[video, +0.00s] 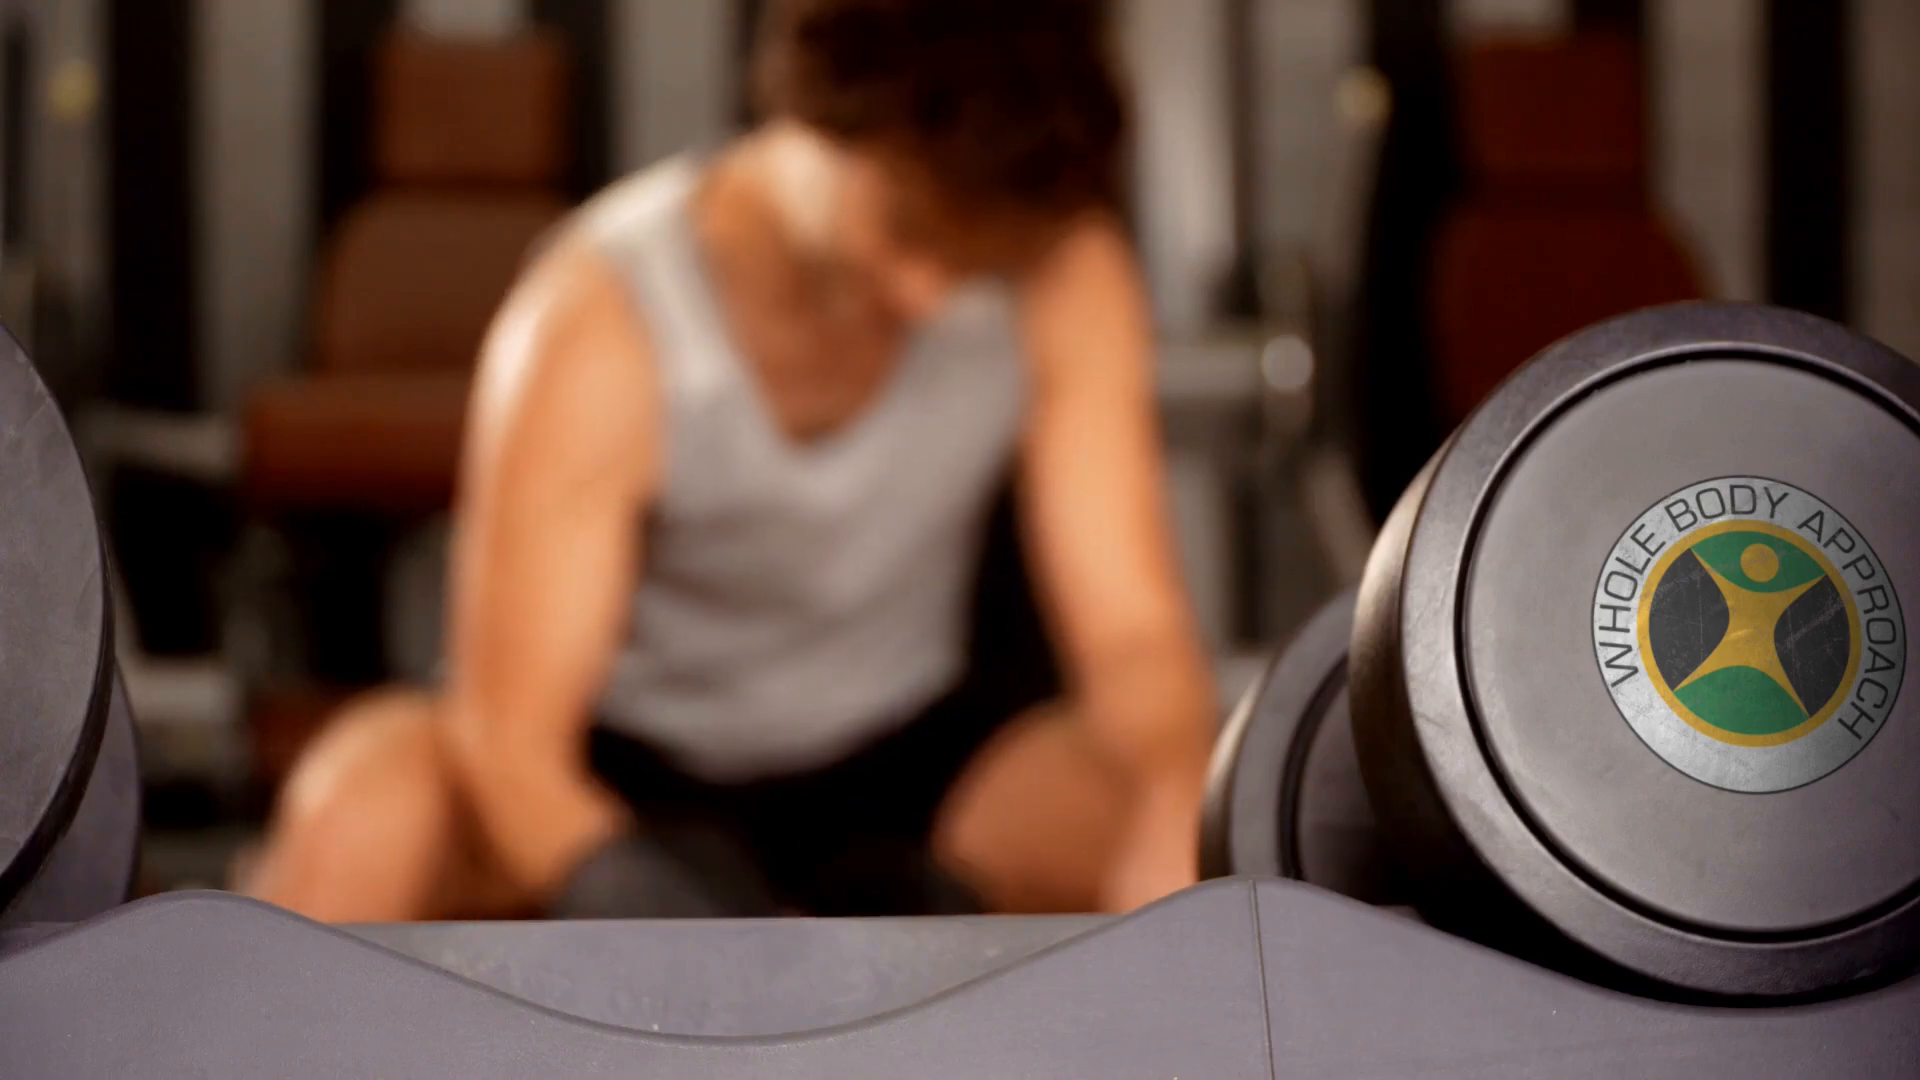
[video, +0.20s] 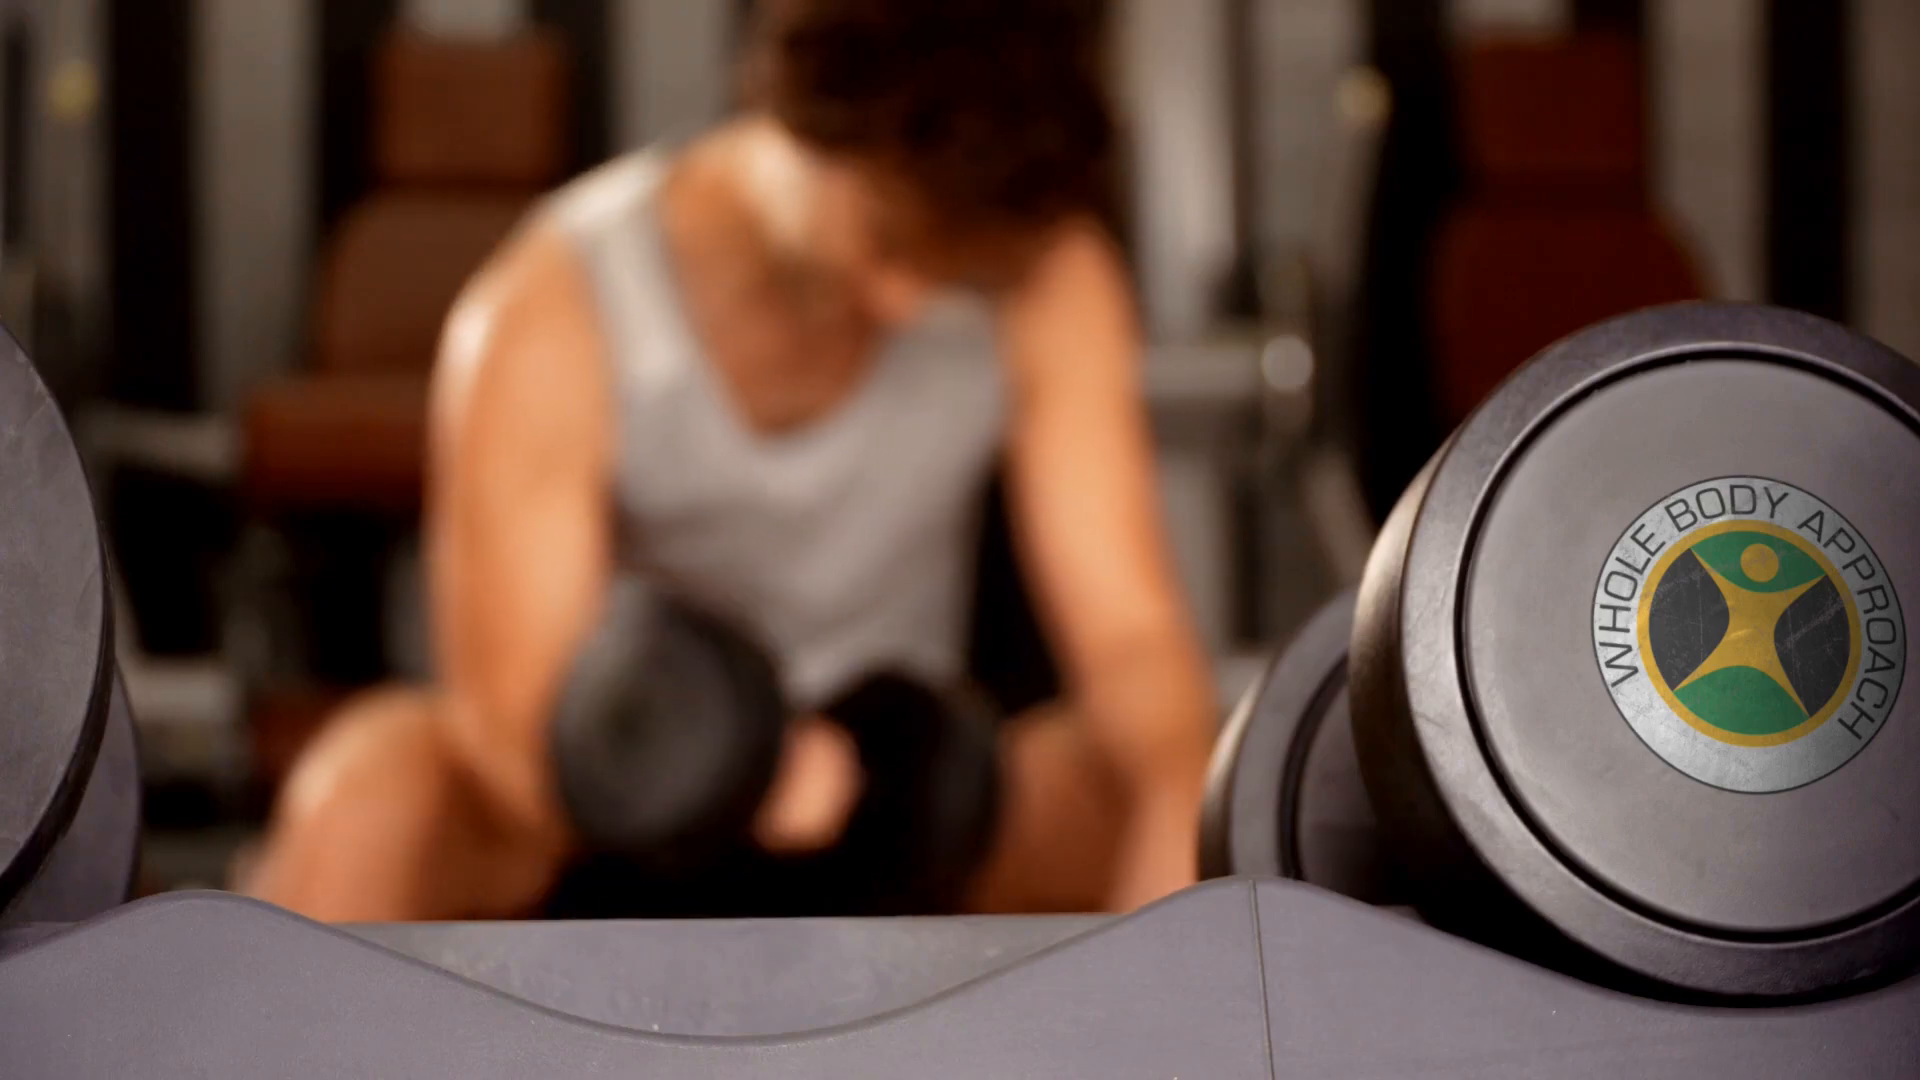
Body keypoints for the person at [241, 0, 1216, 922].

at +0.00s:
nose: (928, 299)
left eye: (978, 263)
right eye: (902, 242)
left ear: (1040, 219)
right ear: (821, 133)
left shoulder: (1057, 262)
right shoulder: (595, 314)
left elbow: (1131, 640)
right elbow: (513, 749)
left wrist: (1172, 841)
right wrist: (699, 947)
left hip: (905, 763)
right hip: (629, 776)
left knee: (1194, 813)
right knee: (365, 791)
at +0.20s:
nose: (908, 308)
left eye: (959, 269)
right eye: (884, 249)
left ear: (1023, 230)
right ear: (798, 138)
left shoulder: (1039, 264)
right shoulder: (546, 312)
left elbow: (1131, 641)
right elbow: (512, 733)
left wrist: (1173, 839)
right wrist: (734, 784)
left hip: (898, 809)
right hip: (617, 813)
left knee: (1192, 779)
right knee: (370, 777)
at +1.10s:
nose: (894, 271)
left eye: (944, 232)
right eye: (869, 214)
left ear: (1003, 177)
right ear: (784, 115)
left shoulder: (1034, 257)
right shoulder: (545, 314)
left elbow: (1126, 638)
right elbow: (514, 740)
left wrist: (1194, 806)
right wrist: (840, 820)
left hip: (900, 793)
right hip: (609, 796)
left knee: (1192, 796)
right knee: (361, 784)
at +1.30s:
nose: (915, 281)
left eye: (969, 241)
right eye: (890, 219)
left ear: (1024, 193)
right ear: (803, 120)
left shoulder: (1053, 265)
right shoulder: (584, 313)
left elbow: (1133, 644)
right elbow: (520, 793)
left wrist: (1202, 819)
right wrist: (680, 1043)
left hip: (902, 780)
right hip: (623, 789)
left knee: (1194, 811)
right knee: (365, 799)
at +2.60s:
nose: (917, 247)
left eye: (966, 201)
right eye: (885, 186)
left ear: (1012, 161)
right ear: (784, 97)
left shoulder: (1045, 255)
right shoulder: (588, 310)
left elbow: (1130, 639)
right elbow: (506, 753)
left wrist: (1187, 852)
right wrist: (677, 961)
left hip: (903, 768)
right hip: (624, 779)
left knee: (1193, 817)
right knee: (362, 794)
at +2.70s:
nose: (910, 235)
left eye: (961, 187)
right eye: (876, 171)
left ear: (1013, 155)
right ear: (780, 81)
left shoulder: (1042, 256)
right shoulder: (571, 308)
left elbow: (1135, 642)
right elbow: (509, 750)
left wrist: (1183, 842)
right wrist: (732, 870)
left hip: (907, 786)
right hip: (625, 792)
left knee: (1202, 781)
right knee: (368, 797)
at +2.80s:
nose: (907, 231)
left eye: (957, 183)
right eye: (873, 166)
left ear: (1010, 151)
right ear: (778, 77)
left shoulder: (1036, 257)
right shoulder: (556, 308)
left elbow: (1134, 641)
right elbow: (516, 733)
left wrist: (1183, 840)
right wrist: (850, 822)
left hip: (899, 803)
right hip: (623, 798)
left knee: (1188, 784)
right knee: (374, 789)